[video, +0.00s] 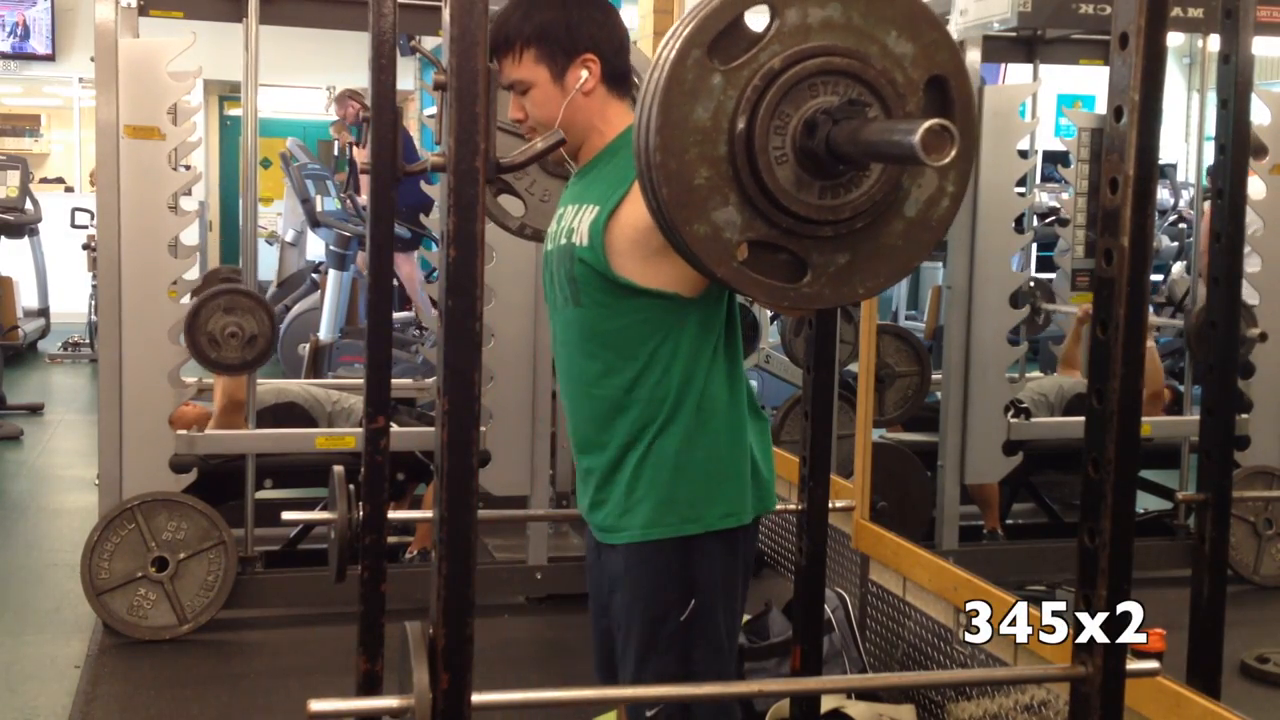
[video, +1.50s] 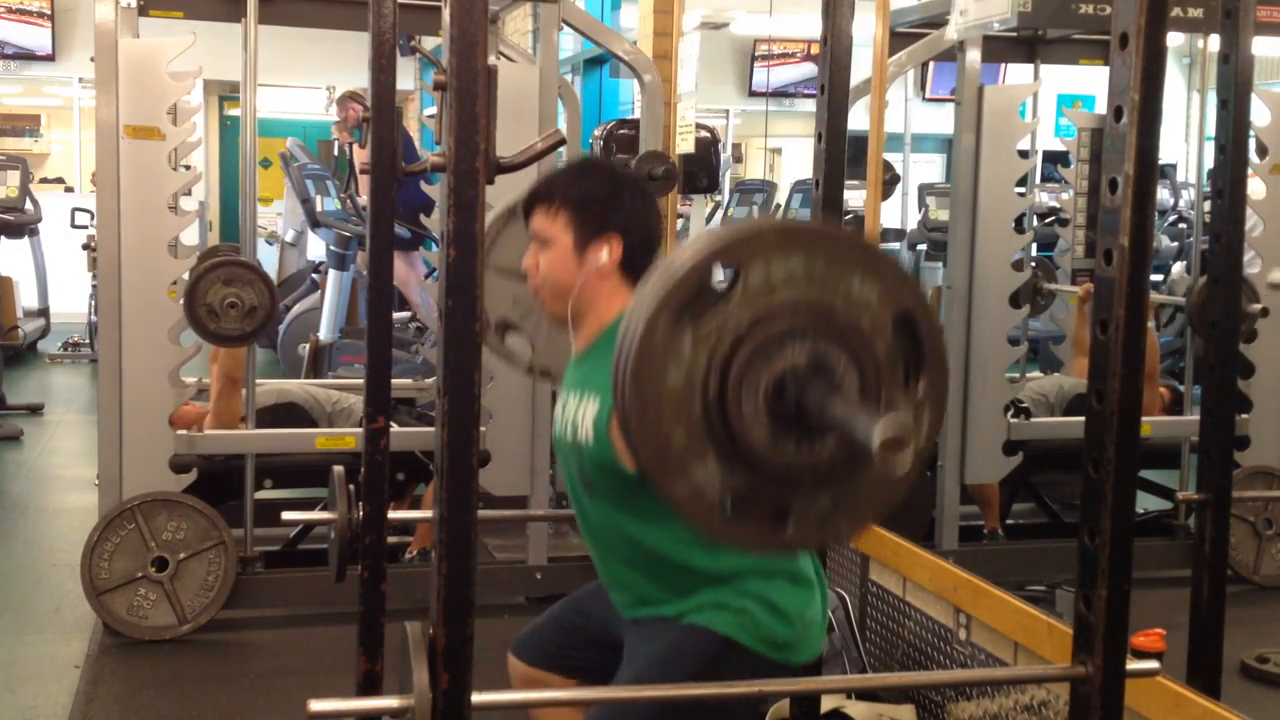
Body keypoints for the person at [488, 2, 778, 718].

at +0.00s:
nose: (515, 114)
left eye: (522, 90)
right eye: (510, 95)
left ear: (584, 73)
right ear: (581, 78)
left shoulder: (655, 193)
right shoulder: (590, 179)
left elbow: (780, 251)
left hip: (679, 514)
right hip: (622, 508)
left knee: (682, 710)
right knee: (629, 706)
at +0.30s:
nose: (512, 107)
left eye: (521, 83)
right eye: (507, 87)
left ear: (583, 71)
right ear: (579, 76)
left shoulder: (646, 190)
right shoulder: (584, 178)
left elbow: (777, 272)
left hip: (671, 512)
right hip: (614, 504)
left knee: (672, 711)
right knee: (629, 704)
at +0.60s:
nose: (508, 97)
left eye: (518, 73)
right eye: (506, 76)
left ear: (582, 72)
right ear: (578, 78)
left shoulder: (650, 190)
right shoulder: (587, 179)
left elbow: (789, 281)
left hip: (672, 512)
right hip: (616, 504)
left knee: (672, 710)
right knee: (628, 702)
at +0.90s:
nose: (528, 65)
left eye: (546, 44)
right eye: (535, 44)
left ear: (609, 65)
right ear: (602, 68)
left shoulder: (645, 198)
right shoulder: (590, 177)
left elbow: (787, 293)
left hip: (673, 515)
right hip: (617, 507)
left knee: (675, 709)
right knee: (627, 699)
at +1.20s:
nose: (540, 110)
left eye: (555, 89)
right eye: (542, 90)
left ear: (619, 103)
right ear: (612, 105)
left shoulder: (654, 228)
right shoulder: (593, 217)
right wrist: (566, 189)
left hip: (701, 523)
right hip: (633, 509)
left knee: (639, 707)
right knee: (574, 658)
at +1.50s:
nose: (526, 263)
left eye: (542, 244)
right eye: (530, 244)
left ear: (602, 254)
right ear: (601, 256)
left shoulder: (651, 359)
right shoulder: (589, 351)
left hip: (737, 607)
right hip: (651, 584)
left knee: (617, 709)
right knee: (534, 666)